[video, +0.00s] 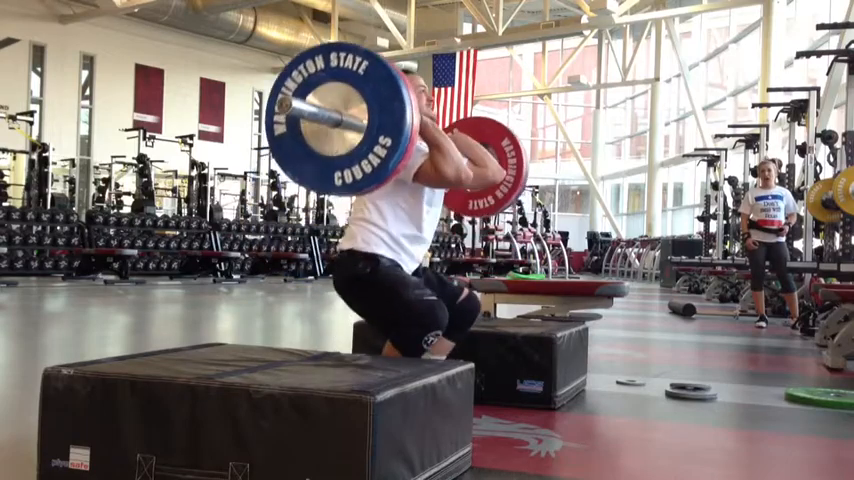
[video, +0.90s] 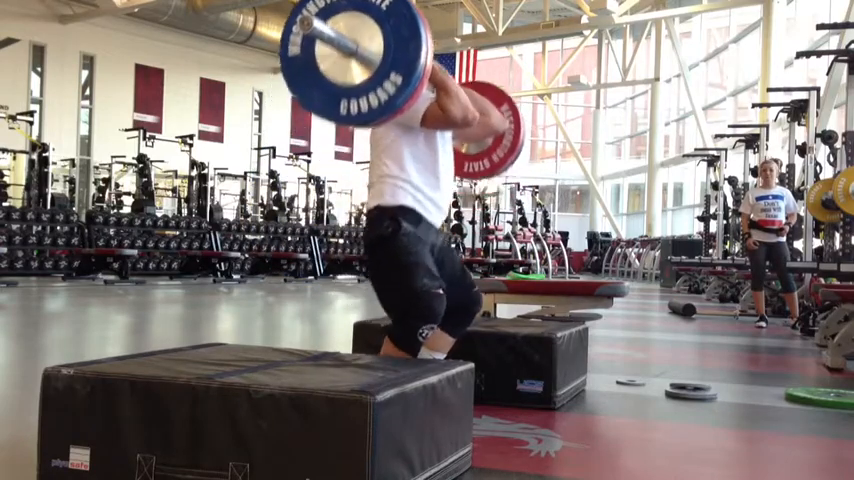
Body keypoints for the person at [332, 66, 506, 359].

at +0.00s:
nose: (427, 97)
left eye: (426, 91)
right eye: (418, 91)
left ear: (428, 98)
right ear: (398, 99)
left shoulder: (428, 152)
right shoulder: (391, 139)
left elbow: (494, 173)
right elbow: (455, 175)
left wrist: (453, 136)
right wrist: (424, 122)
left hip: (403, 266)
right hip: (364, 262)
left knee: (465, 306)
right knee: (425, 315)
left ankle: (418, 386)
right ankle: (378, 392)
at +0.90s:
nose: (426, 47)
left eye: (425, 41)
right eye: (419, 41)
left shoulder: (433, 103)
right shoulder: (391, 92)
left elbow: (496, 122)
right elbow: (459, 113)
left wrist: (448, 84)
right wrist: (429, 65)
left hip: (429, 228)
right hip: (394, 222)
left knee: (465, 301)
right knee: (423, 306)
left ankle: (417, 387)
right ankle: (377, 394)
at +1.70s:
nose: (430, 10)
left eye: (431, 5)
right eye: (424, 3)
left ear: (431, 12)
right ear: (404, 7)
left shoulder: (430, 59)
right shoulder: (388, 44)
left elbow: (451, 121)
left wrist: (470, 85)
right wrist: (434, 67)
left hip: (415, 193)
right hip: (378, 186)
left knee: (411, 296)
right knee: (378, 296)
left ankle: (412, 382)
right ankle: (370, 389)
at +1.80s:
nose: (430, 15)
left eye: (432, 10)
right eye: (426, 7)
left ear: (424, 12)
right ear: (407, 4)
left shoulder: (410, 47)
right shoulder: (371, 36)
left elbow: (403, 98)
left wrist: (439, 87)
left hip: (401, 188)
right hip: (367, 186)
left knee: (414, 276)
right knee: (371, 294)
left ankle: (391, 373)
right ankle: (370, 386)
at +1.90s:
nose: (415, 15)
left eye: (417, 9)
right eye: (408, 6)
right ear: (381, 7)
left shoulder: (399, 65)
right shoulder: (362, 52)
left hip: (396, 196)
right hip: (361, 194)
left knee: (403, 292)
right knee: (367, 299)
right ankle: (373, 386)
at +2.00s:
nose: (398, 24)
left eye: (402, 16)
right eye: (390, 14)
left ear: (403, 20)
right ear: (363, 13)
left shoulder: (381, 70)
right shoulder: (340, 58)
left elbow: (373, 136)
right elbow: (292, 113)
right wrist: (252, 160)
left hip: (375, 189)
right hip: (343, 186)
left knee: (370, 286)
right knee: (358, 291)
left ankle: (323, 365)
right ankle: (373, 384)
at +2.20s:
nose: (360, 26)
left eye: (366, 20)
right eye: (353, 17)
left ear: (370, 26)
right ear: (330, 15)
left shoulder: (356, 78)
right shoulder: (304, 59)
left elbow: (360, 145)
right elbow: (283, 125)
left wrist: (376, 196)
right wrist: (280, 189)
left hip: (350, 196)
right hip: (311, 193)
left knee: (339, 290)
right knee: (326, 291)